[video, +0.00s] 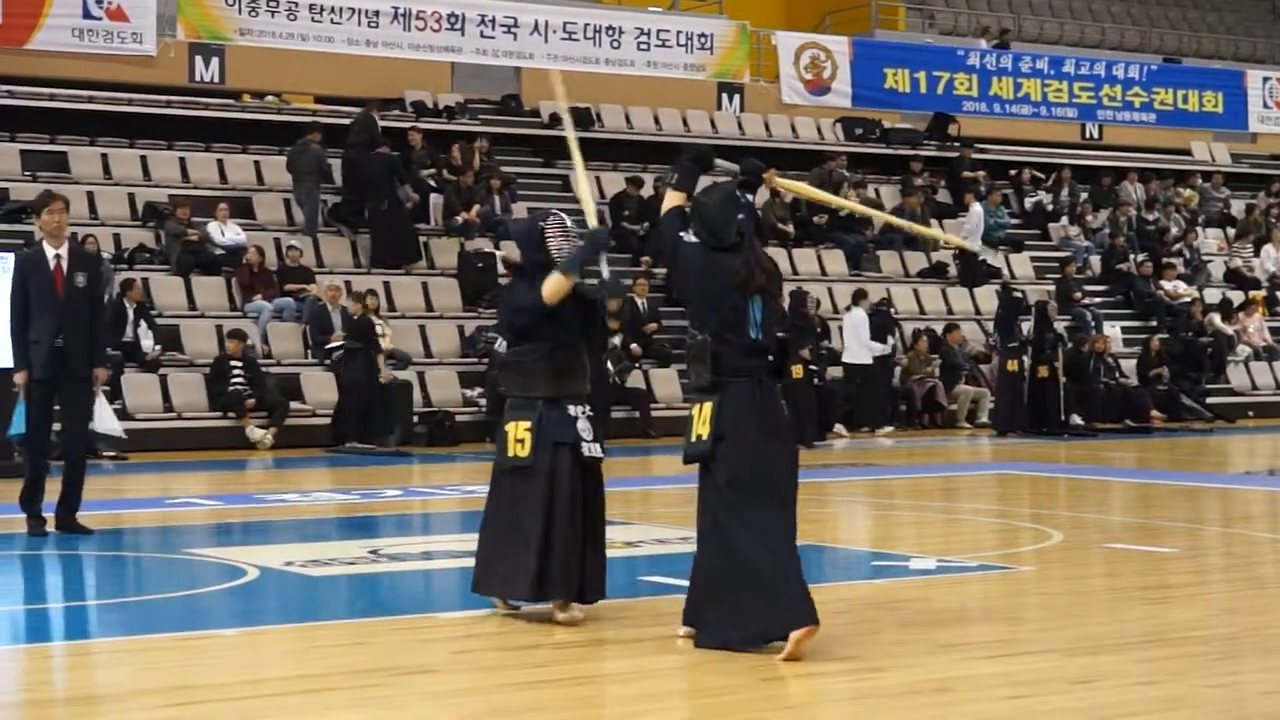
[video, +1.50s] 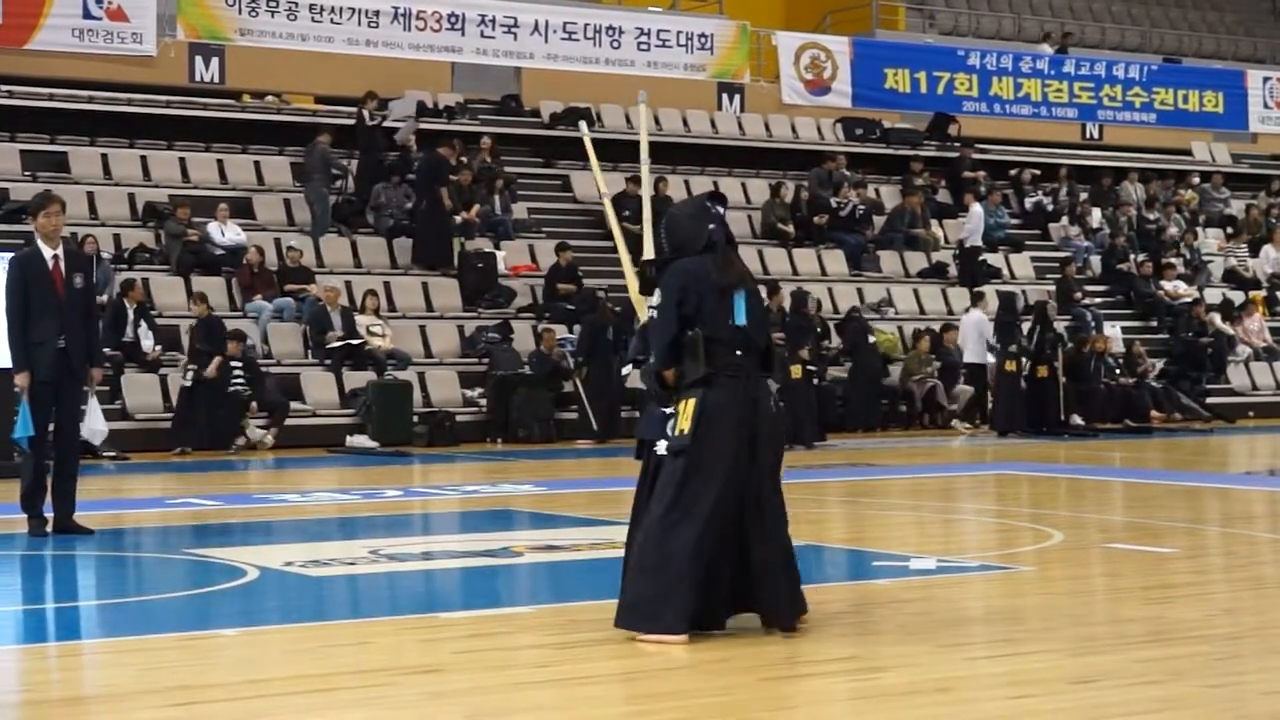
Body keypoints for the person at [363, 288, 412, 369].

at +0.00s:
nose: (373, 302)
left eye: (375, 299)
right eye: (370, 299)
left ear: (378, 301)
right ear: (365, 301)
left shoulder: (381, 318)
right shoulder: (363, 318)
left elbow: (388, 332)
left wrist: (386, 344)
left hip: (385, 347)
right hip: (372, 349)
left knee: (406, 358)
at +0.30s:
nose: (374, 301)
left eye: (376, 298)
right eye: (371, 298)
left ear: (379, 301)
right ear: (365, 300)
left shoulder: (381, 318)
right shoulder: (358, 317)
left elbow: (389, 332)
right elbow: (363, 335)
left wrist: (387, 343)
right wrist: (379, 343)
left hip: (384, 344)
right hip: (370, 345)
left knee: (407, 357)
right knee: (381, 358)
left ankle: (395, 377)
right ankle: (383, 381)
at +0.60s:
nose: (374, 300)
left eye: (377, 298)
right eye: (372, 298)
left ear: (379, 300)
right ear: (365, 299)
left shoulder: (382, 317)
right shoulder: (359, 317)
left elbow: (389, 331)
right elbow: (363, 334)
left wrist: (387, 343)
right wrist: (378, 343)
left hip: (385, 343)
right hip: (371, 345)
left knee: (407, 357)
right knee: (381, 357)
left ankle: (394, 376)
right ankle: (383, 380)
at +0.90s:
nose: (375, 300)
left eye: (377, 298)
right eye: (372, 297)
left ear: (380, 300)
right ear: (366, 299)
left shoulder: (383, 317)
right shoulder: (359, 317)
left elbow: (389, 331)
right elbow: (363, 334)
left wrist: (388, 343)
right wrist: (378, 343)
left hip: (385, 343)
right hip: (371, 344)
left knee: (407, 356)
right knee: (382, 357)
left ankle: (395, 376)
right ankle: (383, 379)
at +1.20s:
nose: (374, 302)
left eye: (376, 299)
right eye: (371, 299)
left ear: (379, 301)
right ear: (364, 300)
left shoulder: (382, 318)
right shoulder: (358, 318)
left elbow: (388, 332)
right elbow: (363, 336)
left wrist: (387, 343)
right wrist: (378, 344)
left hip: (384, 344)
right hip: (370, 346)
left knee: (406, 357)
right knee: (381, 358)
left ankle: (394, 377)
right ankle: (381, 381)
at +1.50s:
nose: (373, 302)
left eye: (376, 299)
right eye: (371, 299)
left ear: (378, 302)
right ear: (364, 301)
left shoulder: (381, 318)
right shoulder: (358, 319)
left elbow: (388, 332)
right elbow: (362, 336)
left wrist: (386, 344)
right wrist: (377, 344)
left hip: (384, 345)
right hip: (370, 346)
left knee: (406, 358)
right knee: (381, 359)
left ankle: (393, 377)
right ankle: (381, 381)